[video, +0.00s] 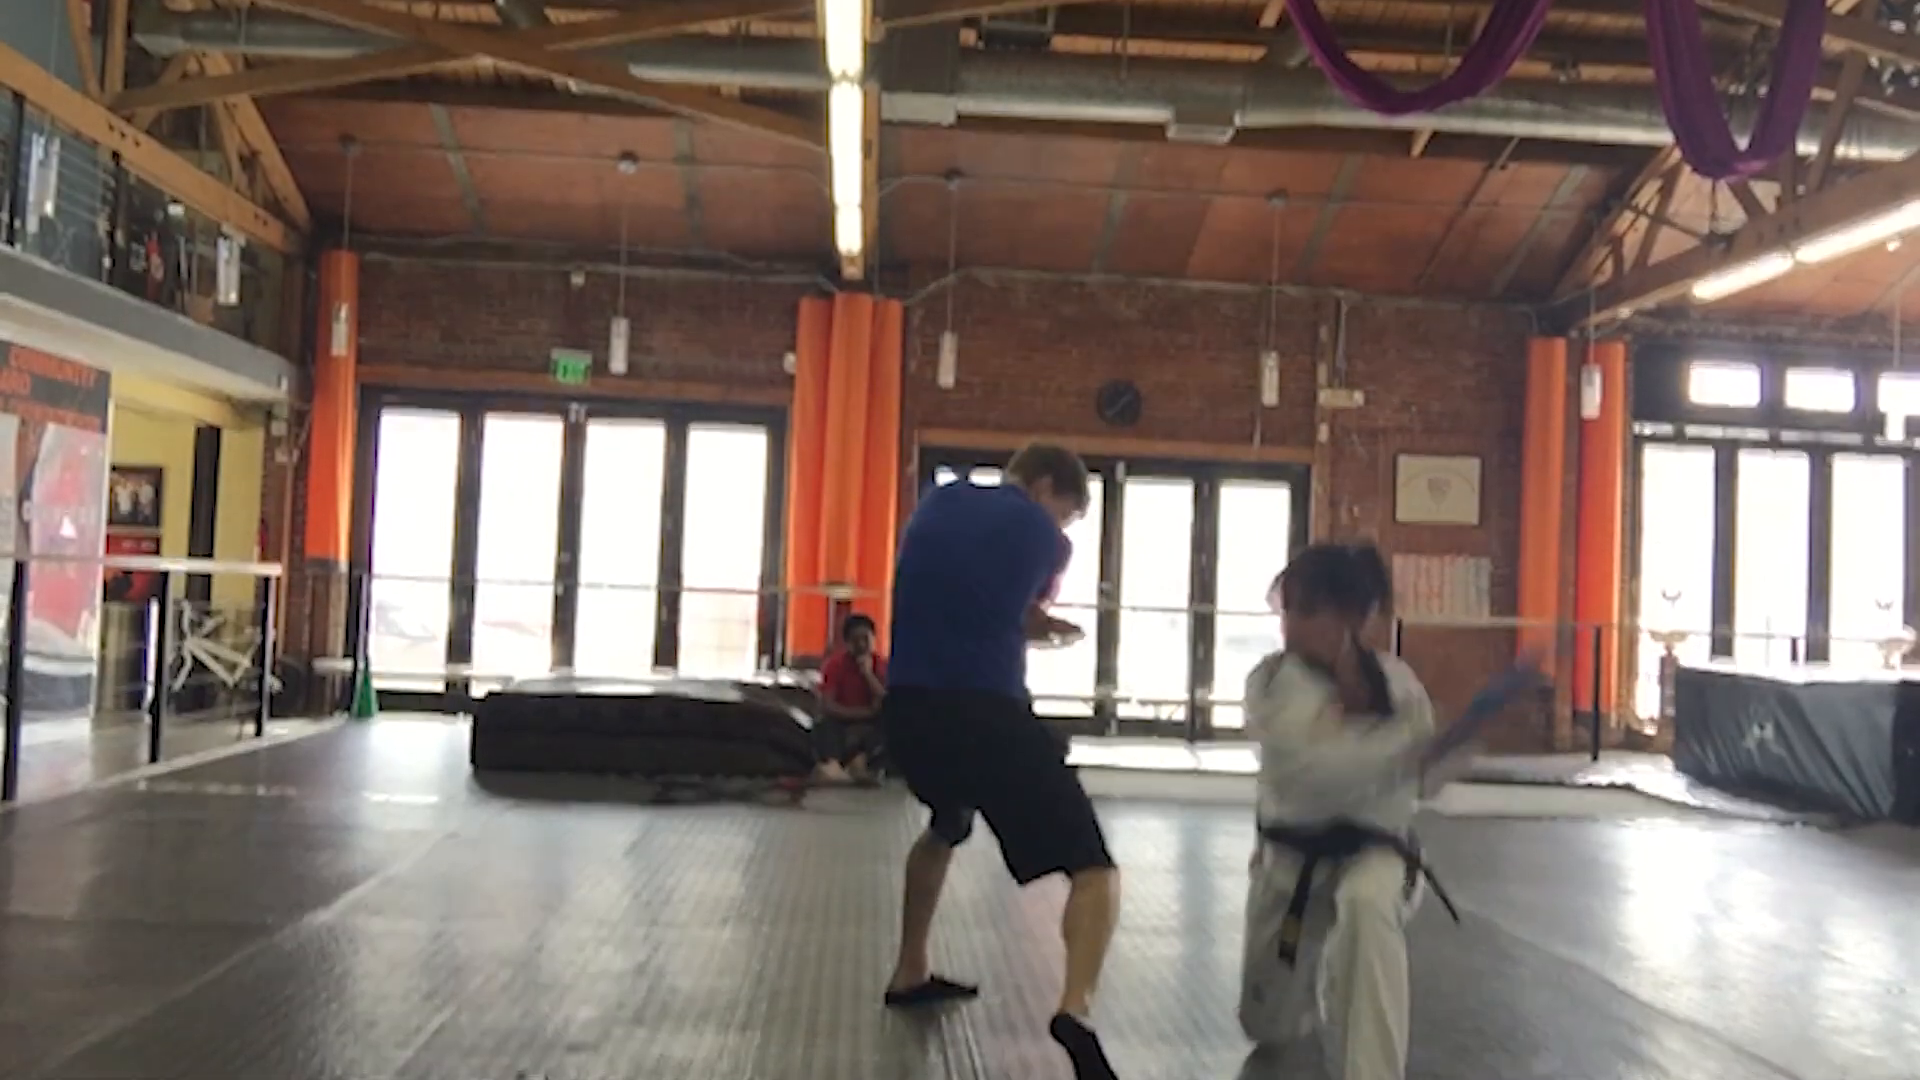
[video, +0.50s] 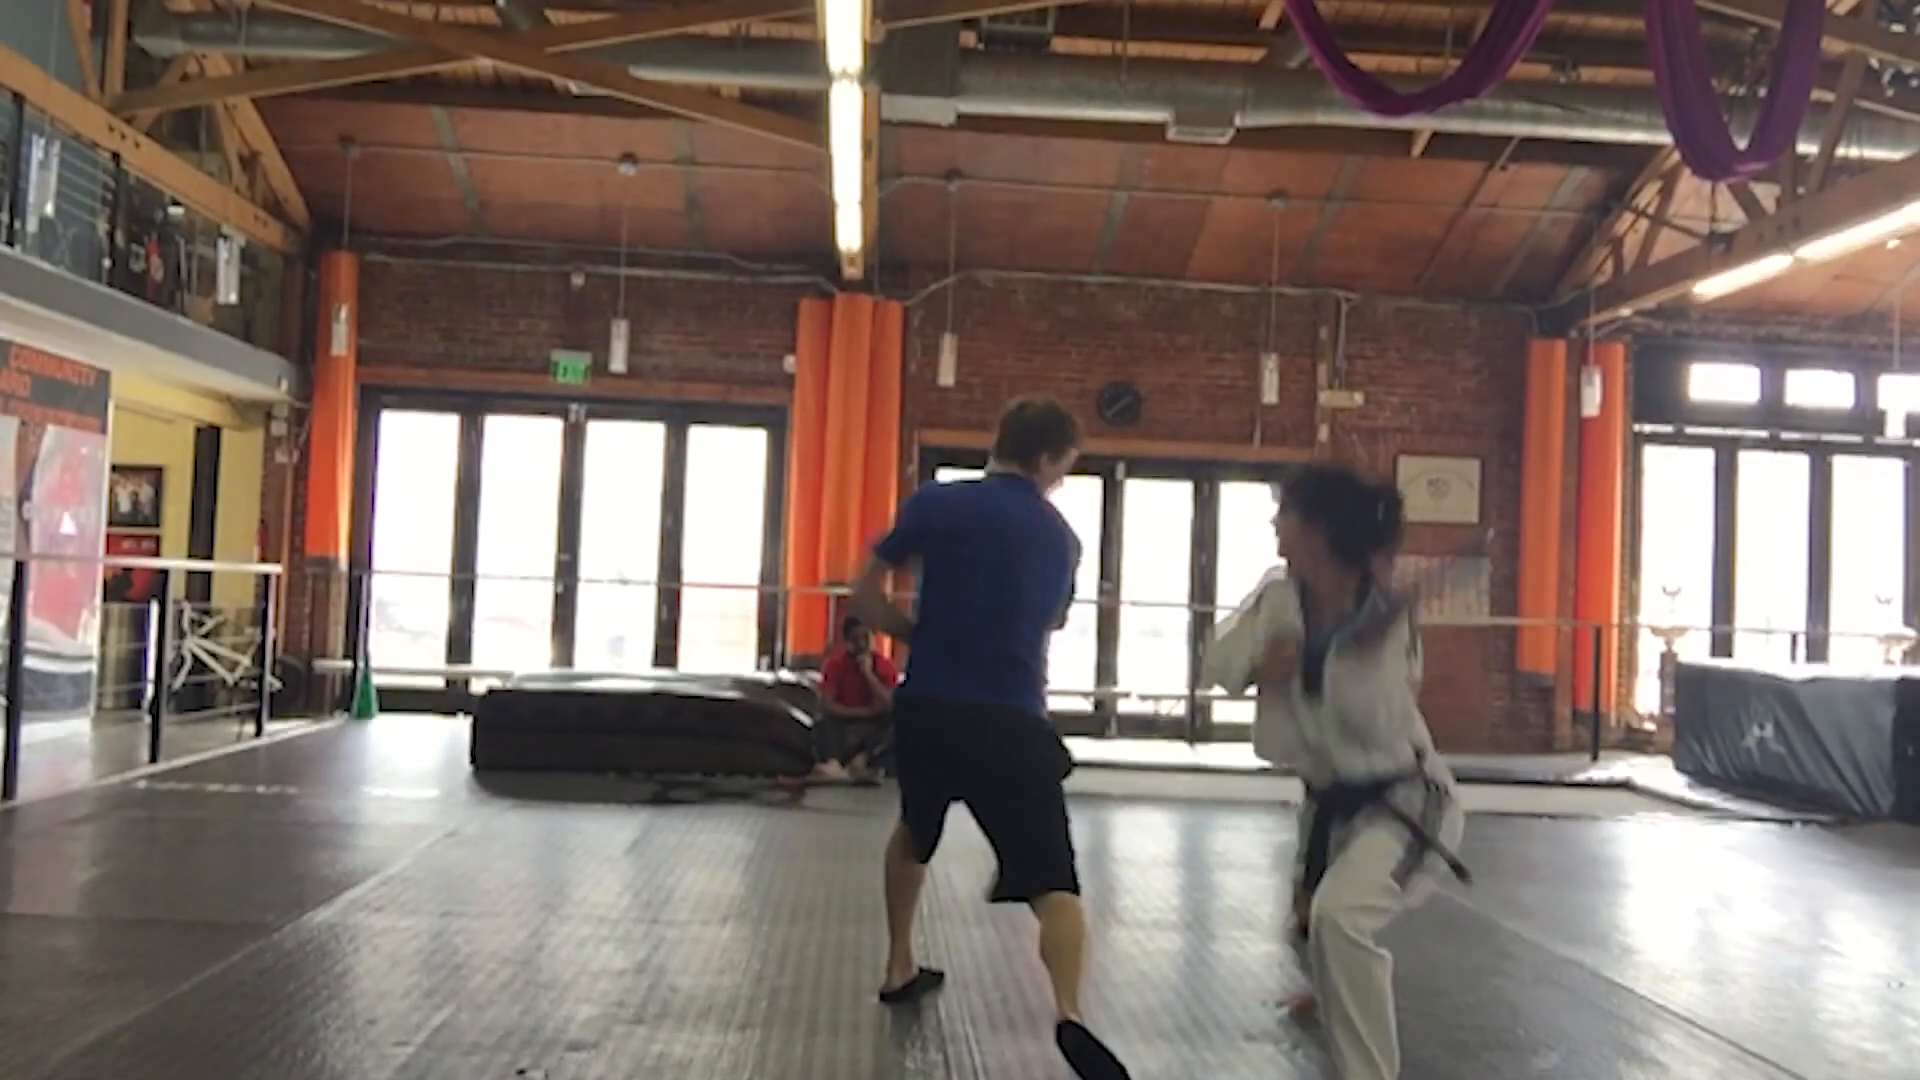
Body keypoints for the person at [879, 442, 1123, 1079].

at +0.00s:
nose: (1063, 525)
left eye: (1067, 515)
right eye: (1065, 512)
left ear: (1016, 474)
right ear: (1044, 485)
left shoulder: (937, 501)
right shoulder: (1043, 535)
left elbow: (934, 599)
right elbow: (1025, 616)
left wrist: (1030, 623)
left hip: (909, 708)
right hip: (990, 714)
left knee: (945, 823)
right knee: (1093, 868)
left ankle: (910, 974)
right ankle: (1075, 1008)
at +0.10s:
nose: (1064, 523)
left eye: (1070, 516)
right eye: (1067, 512)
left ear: (1017, 472)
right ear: (1044, 486)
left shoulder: (940, 496)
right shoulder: (1037, 519)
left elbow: (937, 586)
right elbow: (1068, 588)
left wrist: (1010, 634)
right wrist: (1004, 557)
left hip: (901, 702)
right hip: (983, 707)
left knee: (941, 826)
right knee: (1079, 871)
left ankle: (909, 976)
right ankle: (1069, 1012)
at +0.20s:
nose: (1060, 492)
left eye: (1063, 484)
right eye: (1064, 483)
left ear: (1016, 441)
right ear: (1052, 470)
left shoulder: (931, 470)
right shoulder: (1038, 514)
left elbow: (856, 529)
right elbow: (1115, 572)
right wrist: (1065, 558)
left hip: (904, 692)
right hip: (988, 695)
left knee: (931, 825)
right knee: (1065, 853)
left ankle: (909, 972)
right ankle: (1097, 991)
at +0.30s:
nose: (1070, 453)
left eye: (1071, 443)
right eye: (1071, 444)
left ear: (1001, 426)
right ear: (1054, 449)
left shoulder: (932, 462)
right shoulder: (1046, 515)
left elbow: (816, 444)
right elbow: (1143, 573)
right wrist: (1069, 594)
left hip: (914, 689)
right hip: (999, 696)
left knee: (908, 824)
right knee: (1050, 864)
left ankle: (897, 970)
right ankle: (1117, 992)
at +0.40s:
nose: (1057, 452)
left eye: (1055, 442)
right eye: (1057, 443)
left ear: (988, 433)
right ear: (1045, 450)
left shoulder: (936, 477)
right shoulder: (1056, 524)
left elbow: (822, 481)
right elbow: (1117, 597)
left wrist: (830, 554)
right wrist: (1047, 599)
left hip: (921, 703)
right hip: (1007, 711)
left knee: (905, 833)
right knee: (1057, 870)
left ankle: (897, 969)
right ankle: (1103, 998)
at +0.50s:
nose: (1066, 474)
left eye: (1068, 462)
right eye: (1067, 462)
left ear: (1000, 448)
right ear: (1048, 459)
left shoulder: (938, 502)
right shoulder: (1059, 537)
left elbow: (865, 596)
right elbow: (1049, 621)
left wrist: (921, 633)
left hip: (927, 712)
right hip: (1012, 726)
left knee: (914, 828)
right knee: (1055, 886)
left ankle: (899, 969)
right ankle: (1070, 1017)